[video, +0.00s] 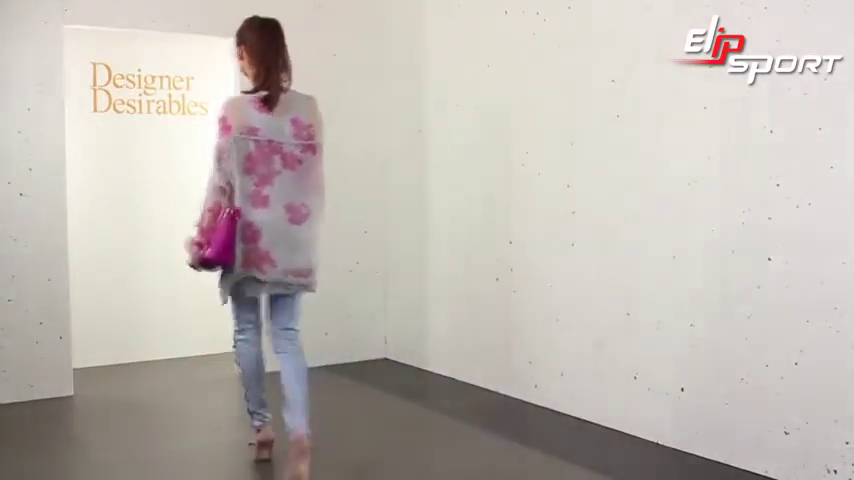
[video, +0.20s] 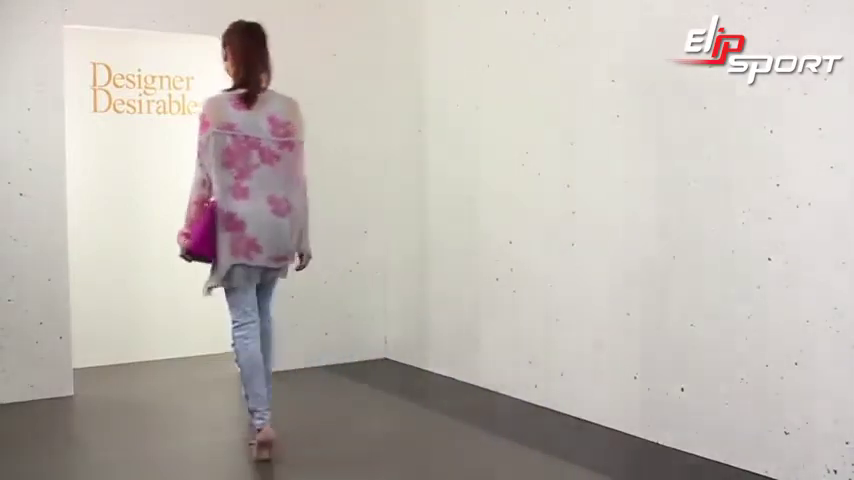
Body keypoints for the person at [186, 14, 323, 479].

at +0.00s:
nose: (238, 59)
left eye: (238, 52)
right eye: (240, 51)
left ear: (246, 55)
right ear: (281, 52)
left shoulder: (235, 111)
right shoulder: (307, 108)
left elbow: (222, 183)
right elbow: (315, 180)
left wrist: (201, 241)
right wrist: (304, 223)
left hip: (247, 237)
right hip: (297, 238)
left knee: (246, 331)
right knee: (288, 332)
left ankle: (262, 425)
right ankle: (300, 429)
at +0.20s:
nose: (223, 58)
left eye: (225, 52)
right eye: (225, 51)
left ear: (231, 55)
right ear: (263, 53)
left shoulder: (216, 106)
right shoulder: (288, 108)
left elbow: (204, 175)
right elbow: (297, 180)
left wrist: (190, 230)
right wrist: (303, 238)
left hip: (233, 228)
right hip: (280, 228)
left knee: (244, 323)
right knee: (263, 313)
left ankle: (263, 422)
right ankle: (260, 406)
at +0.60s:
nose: (192, 75)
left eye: (193, 69)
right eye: (194, 69)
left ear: (197, 73)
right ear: (227, 73)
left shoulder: (182, 121)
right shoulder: (247, 123)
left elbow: (171, 182)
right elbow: (256, 188)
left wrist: (157, 229)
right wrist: (260, 240)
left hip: (199, 232)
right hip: (241, 233)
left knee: (204, 309)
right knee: (232, 311)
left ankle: (216, 388)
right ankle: (222, 400)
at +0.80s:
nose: (178, 83)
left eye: (179, 78)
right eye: (180, 77)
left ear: (184, 81)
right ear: (213, 79)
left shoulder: (172, 127)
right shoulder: (233, 127)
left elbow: (160, 183)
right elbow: (240, 188)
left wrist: (148, 230)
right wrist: (239, 236)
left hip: (182, 231)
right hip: (224, 233)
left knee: (182, 306)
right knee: (225, 310)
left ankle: (182, 379)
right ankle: (219, 396)